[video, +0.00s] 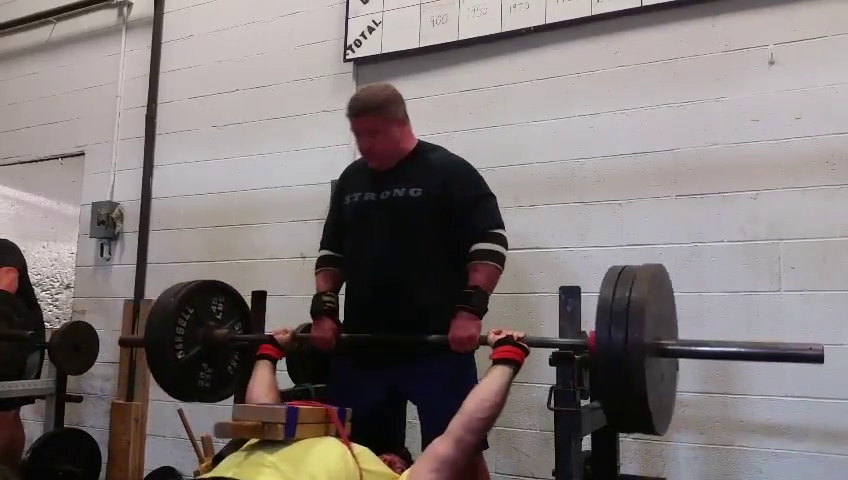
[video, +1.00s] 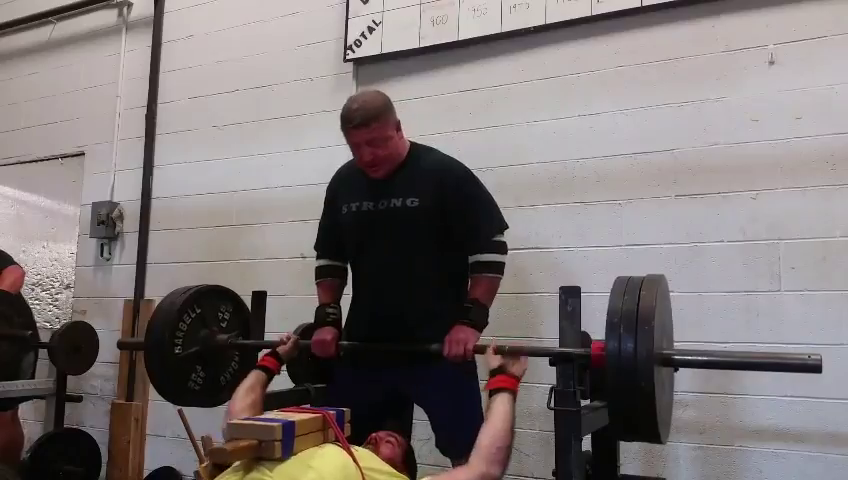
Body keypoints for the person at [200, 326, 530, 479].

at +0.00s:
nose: (393, 457)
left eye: (398, 462)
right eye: (394, 457)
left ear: (400, 472)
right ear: (389, 460)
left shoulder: (403, 476)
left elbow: (459, 438)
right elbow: (261, 410)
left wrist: (506, 360)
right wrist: (269, 352)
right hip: (230, 468)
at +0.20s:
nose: (391, 456)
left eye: (396, 462)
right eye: (391, 455)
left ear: (396, 471)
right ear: (382, 456)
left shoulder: (400, 478)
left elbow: (459, 437)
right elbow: (260, 411)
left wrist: (509, 362)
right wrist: (270, 352)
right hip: (230, 467)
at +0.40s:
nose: (393, 457)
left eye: (400, 463)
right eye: (391, 455)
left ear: (401, 475)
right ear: (374, 451)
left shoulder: (401, 477)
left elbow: (465, 443)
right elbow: (255, 412)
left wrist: (510, 366)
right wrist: (270, 355)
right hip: (223, 468)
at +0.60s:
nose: (387, 450)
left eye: (395, 458)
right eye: (383, 448)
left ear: (399, 472)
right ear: (367, 447)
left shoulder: (401, 478)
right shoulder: (312, 442)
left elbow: (466, 443)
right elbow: (253, 410)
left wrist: (511, 367)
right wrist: (270, 353)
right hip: (219, 469)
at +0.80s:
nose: (385, 445)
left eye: (393, 451)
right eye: (378, 442)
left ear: (403, 471)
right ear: (357, 445)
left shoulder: (405, 477)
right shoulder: (307, 445)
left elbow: (475, 449)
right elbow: (252, 412)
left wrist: (512, 366)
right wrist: (270, 354)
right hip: (235, 470)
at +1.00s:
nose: (383, 437)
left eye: (394, 442)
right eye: (375, 435)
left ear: (406, 470)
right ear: (356, 441)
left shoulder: (406, 476)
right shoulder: (303, 445)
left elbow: (483, 468)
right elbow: (239, 414)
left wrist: (503, 380)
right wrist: (272, 356)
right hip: (253, 471)